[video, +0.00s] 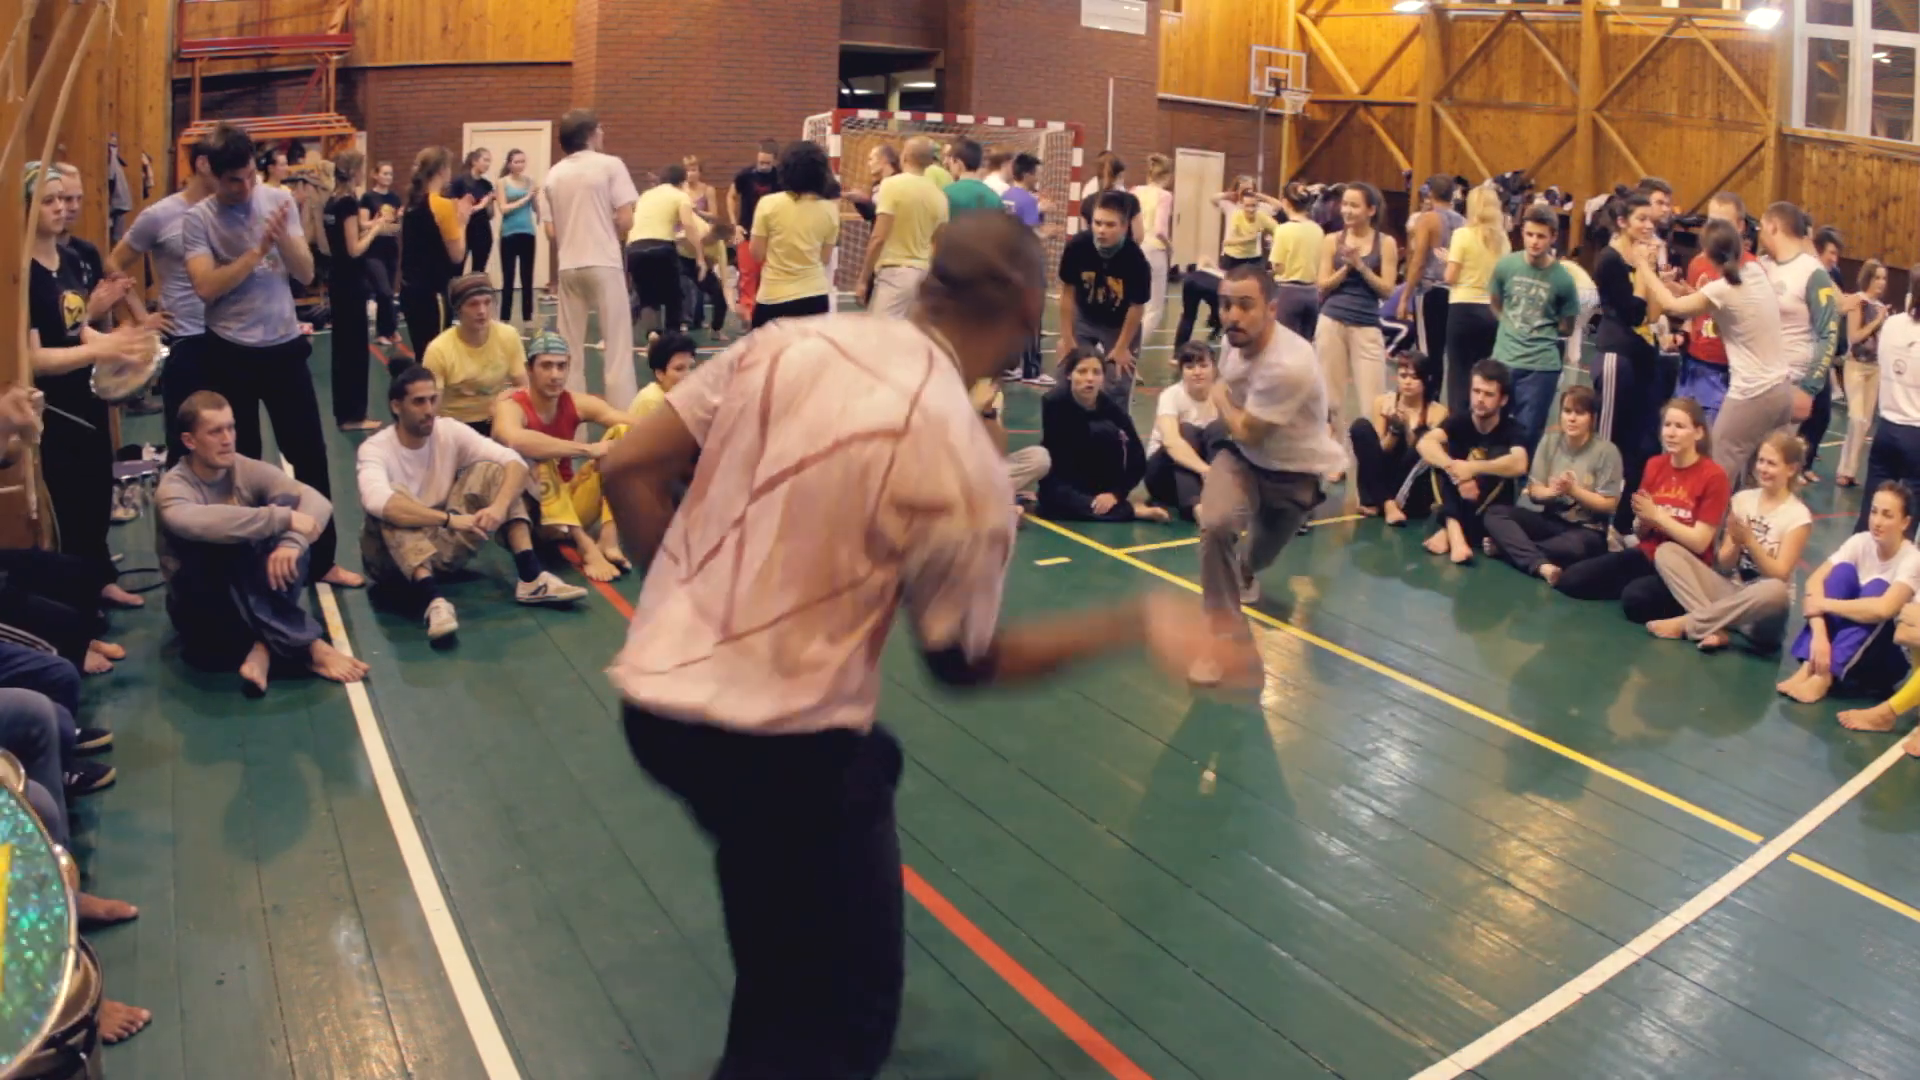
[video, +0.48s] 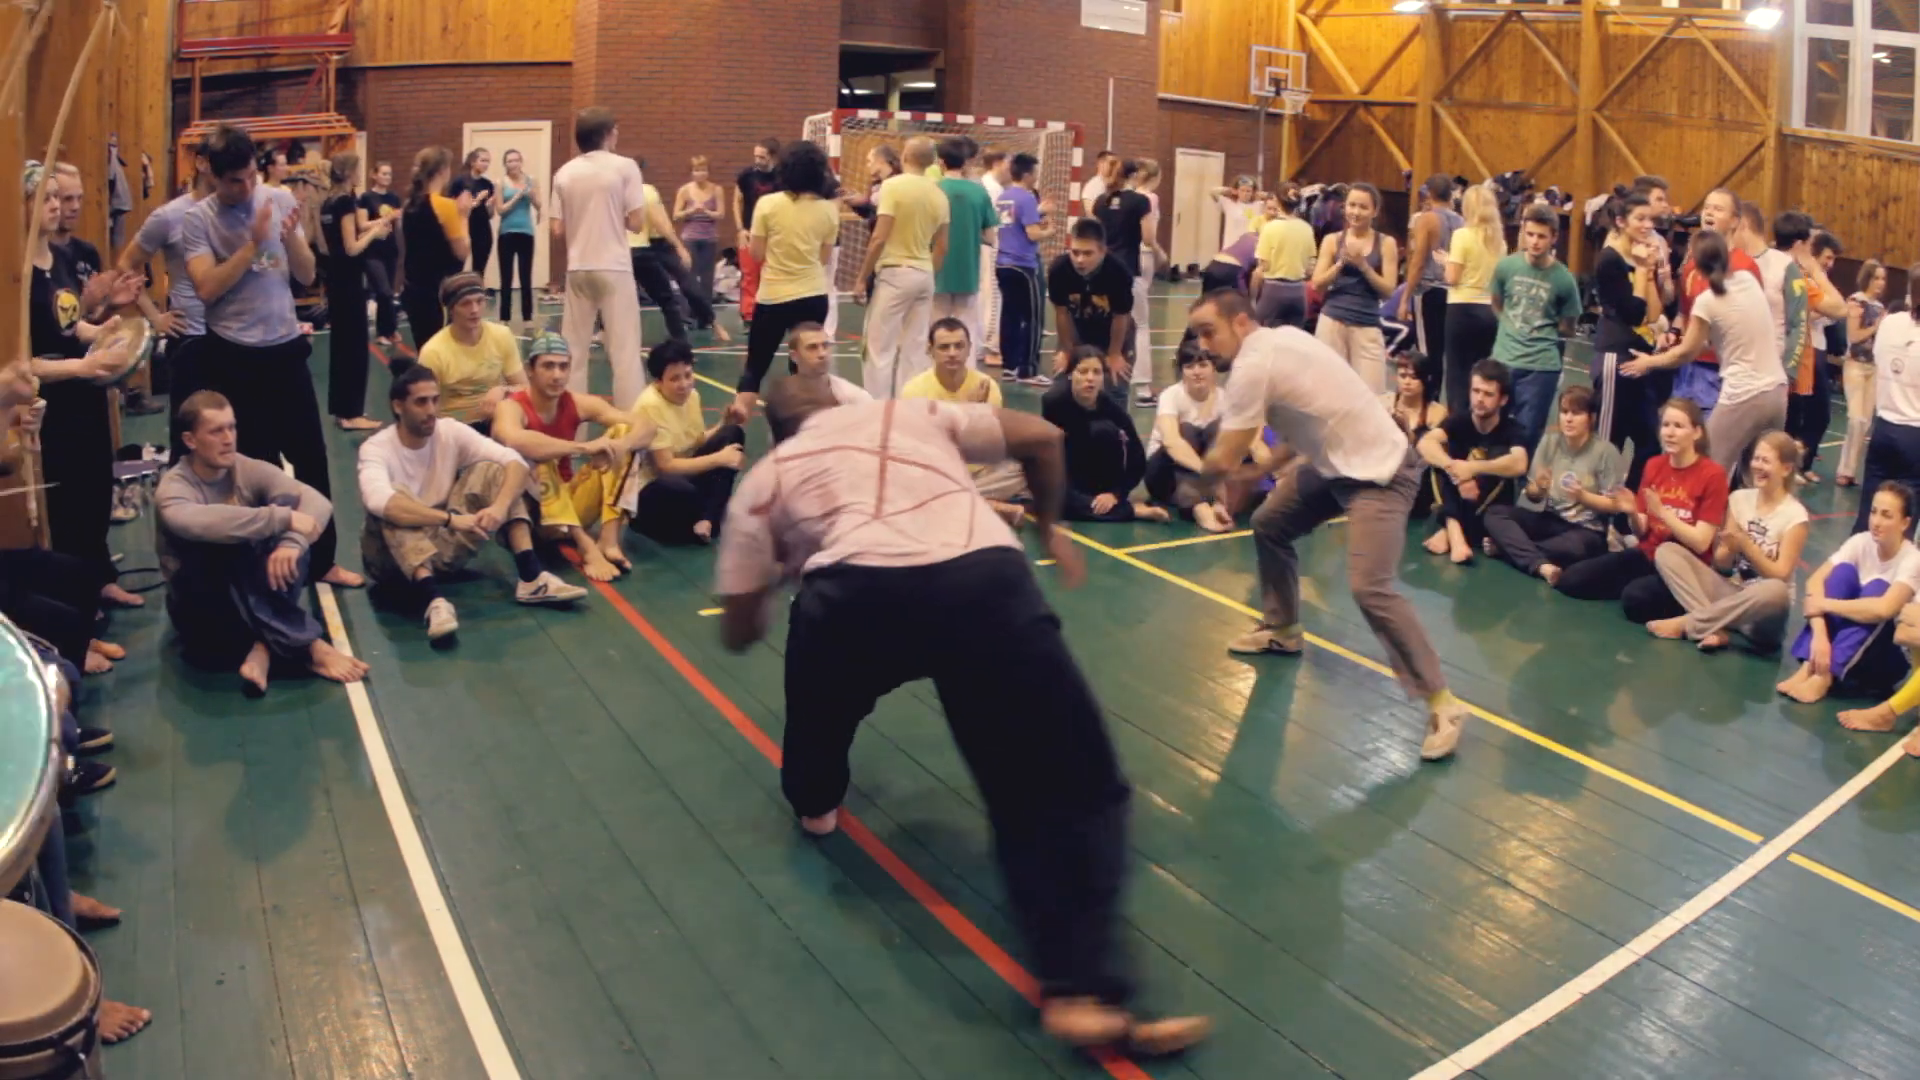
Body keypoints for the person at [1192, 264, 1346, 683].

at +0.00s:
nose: (1233, 317)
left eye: (1245, 306)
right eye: (1226, 306)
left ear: (1270, 308)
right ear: (1219, 308)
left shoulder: (1290, 364)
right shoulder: (1234, 344)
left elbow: (1248, 433)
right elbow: (1227, 394)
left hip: (1293, 474)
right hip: (1240, 453)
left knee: (1261, 553)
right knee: (1217, 526)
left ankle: (1244, 571)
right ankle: (1222, 637)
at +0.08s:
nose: (1238, 302)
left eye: (1250, 292)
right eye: (1232, 291)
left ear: (1277, 296)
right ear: (1226, 294)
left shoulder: (1296, 353)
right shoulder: (1239, 338)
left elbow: (1241, 420)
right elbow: (1244, 401)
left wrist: (1204, 389)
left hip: (1299, 480)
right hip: (1246, 455)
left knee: (1260, 550)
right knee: (1216, 522)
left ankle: (1245, 570)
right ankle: (1218, 639)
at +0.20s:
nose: (1219, 271)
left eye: (1229, 260)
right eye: (1214, 263)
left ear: (1259, 262)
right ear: (1214, 269)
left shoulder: (1274, 294)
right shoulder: (1249, 303)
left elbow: (1204, 354)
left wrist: (1193, 299)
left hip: (1331, 443)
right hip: (1276, 429)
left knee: (1285, 539)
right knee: (1243, 521)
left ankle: (1284, 565)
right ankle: (1237, 630)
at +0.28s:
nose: (1207, 286)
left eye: (1216, 274)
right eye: (1202, 277)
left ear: (1249, 268)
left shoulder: (1266, 293)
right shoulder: (1249, 307)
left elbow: (1189, 351)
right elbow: (1271, 369)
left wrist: (1193, 302)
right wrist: (1216, 361)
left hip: (1353, 436)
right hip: (1300, 432)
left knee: (1293, 540)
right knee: (1250, 516)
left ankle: (1331, 591)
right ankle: (1280, 613)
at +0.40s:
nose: (1199, 327)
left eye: (1206, 313)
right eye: (1194, 316)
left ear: (1238, 304)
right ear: (1235, 309)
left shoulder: (1254, 336)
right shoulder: (1263, 331)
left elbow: (1203, 423)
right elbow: (1266, 414)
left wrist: (1168, 410)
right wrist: (1213, 405)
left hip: (1369, 453)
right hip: (1321, 451)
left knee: (1332, 566)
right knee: (1265, 523)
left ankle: (1409, 659)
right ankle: (1286, 627)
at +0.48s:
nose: (1200, 345)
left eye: (1206, 332)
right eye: (1196, 335)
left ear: (1241, 323)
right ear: (1243, 325)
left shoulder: (1253, 364)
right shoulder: (1280, 340)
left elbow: (1222, 460)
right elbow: (1300, 434)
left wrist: (1199, 458)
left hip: (1381, 470)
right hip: (1331, 462)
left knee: (1371, 588)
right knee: (1270, 527)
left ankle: (1444, 704)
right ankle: (1283, 630)